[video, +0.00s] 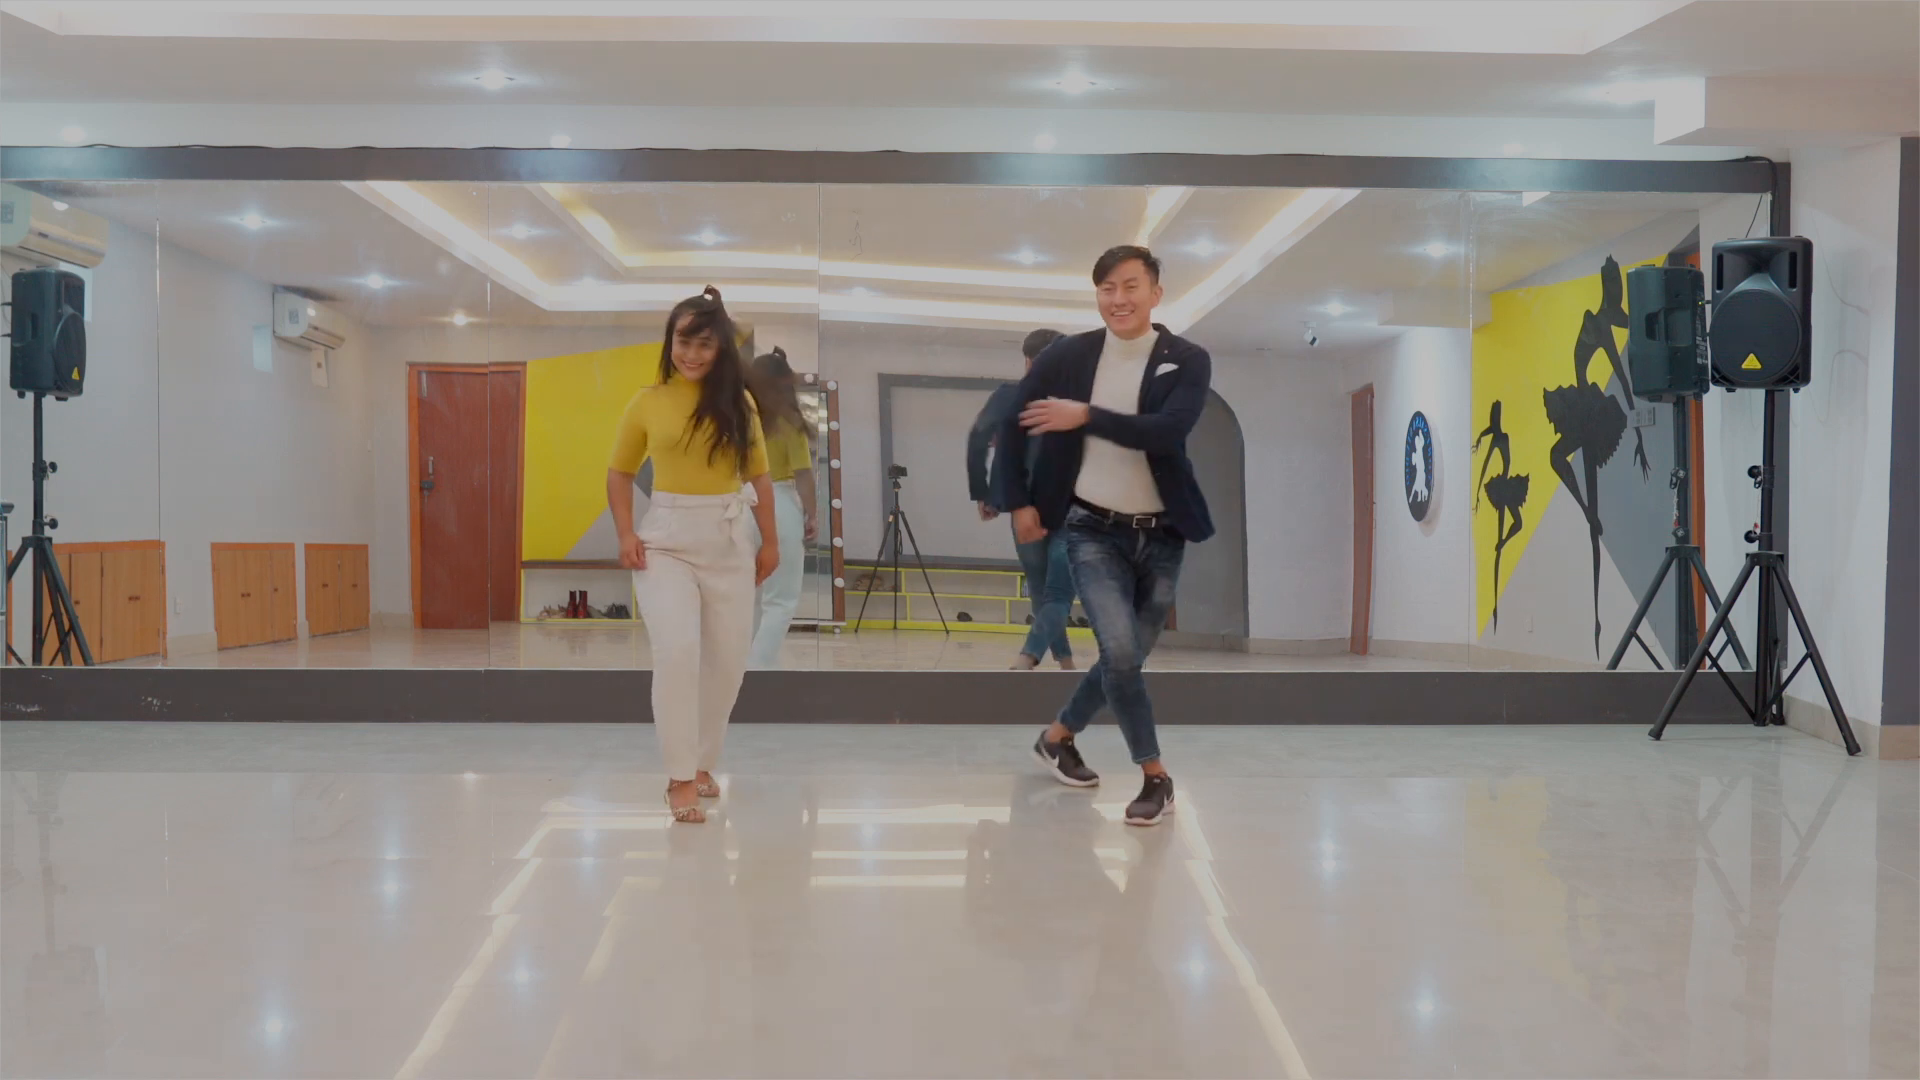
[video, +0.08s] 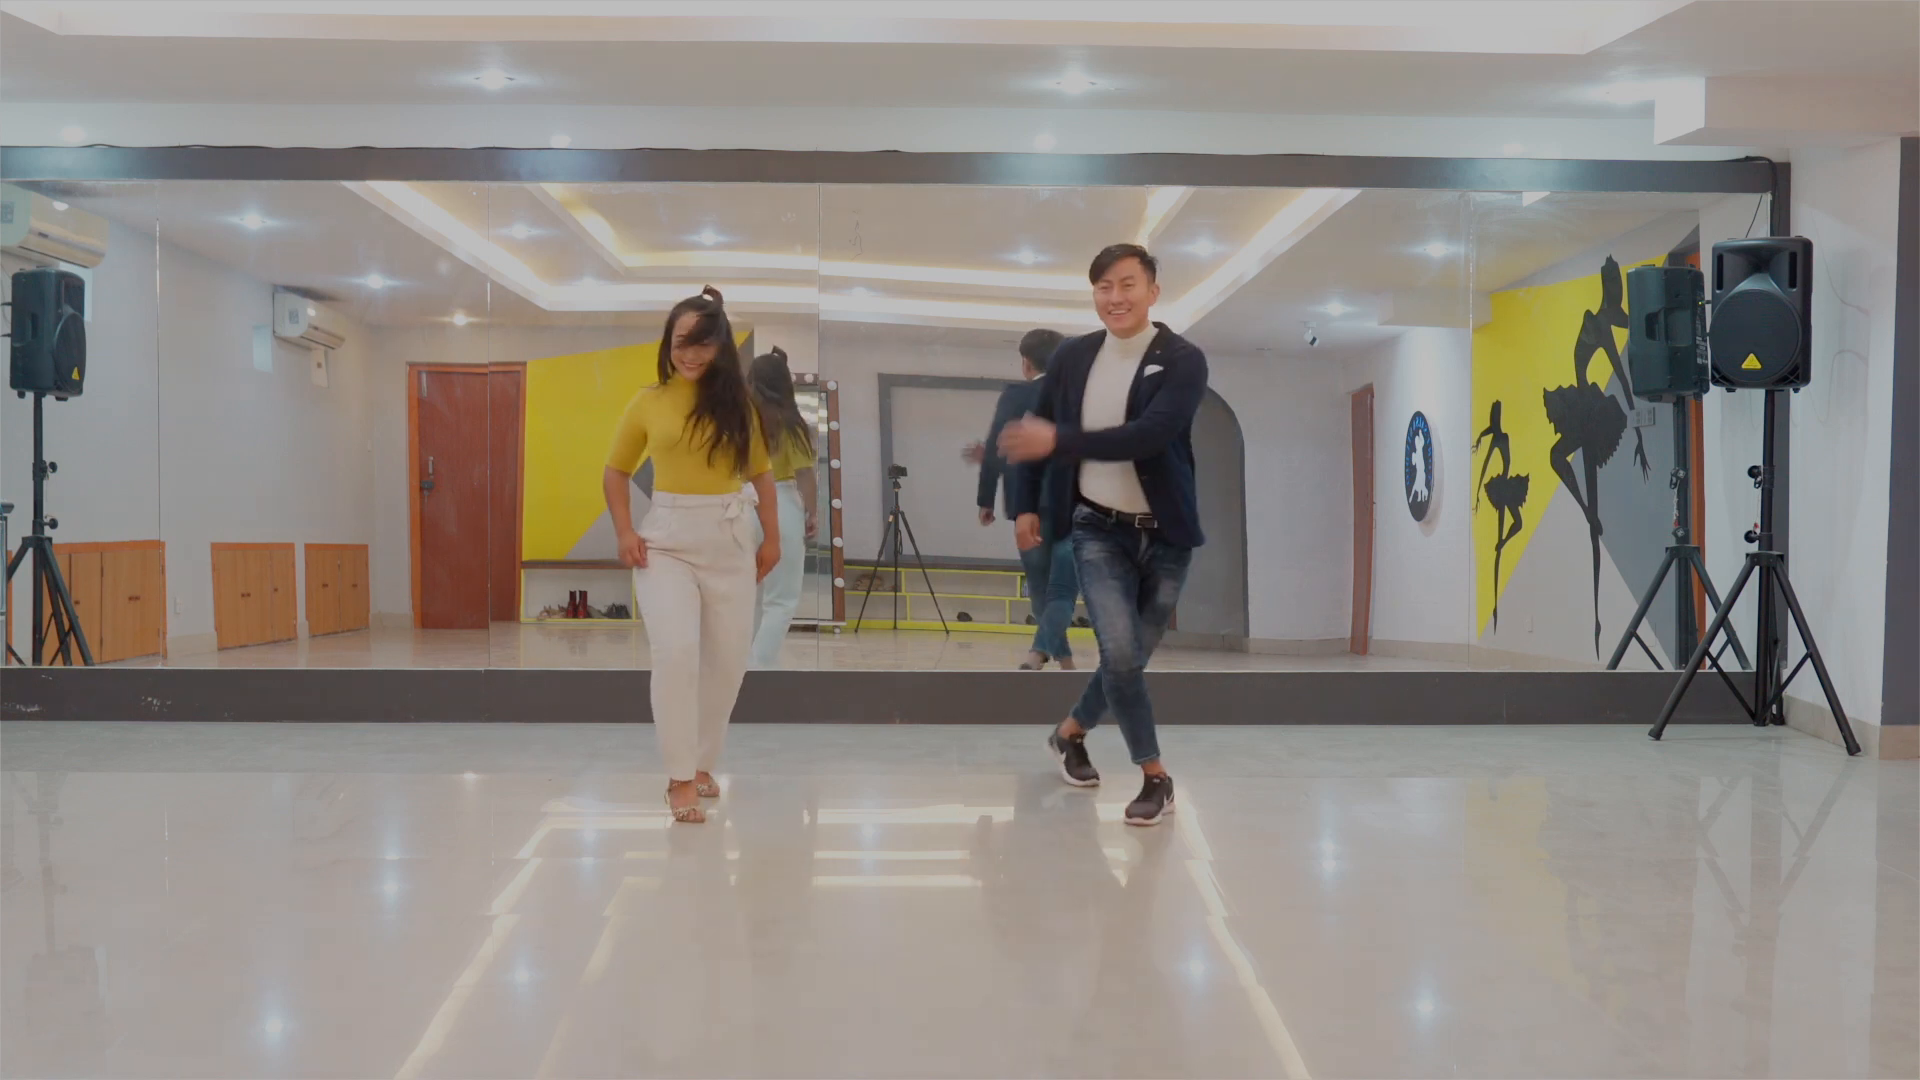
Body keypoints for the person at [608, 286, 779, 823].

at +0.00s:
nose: (691, 354)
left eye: (704, 345)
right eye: (683, 343)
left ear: (721, 349)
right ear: (670, 344)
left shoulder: (738, 403)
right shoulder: (649, 402)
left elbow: (761, 478)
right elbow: (619, 472)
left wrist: (771, 541)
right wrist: (626, 532)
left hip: (732, 543)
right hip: (666, 540)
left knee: (727, 659)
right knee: (677, 653)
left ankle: (703, 766)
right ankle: (681, 779)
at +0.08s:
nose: (688, 353)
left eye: (700, 344)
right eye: (680, 342)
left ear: (720, 347)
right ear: (668, 345)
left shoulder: (738, 401)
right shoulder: (649, 403)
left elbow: (763, 475)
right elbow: (615, 472)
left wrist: (771, 538)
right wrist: (625, 531)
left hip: (733, 540)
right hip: (666, 538)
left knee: (727, 660)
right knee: (675, 653)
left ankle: (702, 766)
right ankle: (681, 779)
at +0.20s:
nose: (689, 353)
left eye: (702, 345)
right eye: (681, 342)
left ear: (721, 348)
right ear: (668, 342)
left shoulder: (740, 403)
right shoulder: (651, 402)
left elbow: (766, 474)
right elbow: (612, 470)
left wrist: (774, 533)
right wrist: (621, 525)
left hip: (734, 541)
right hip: (668, 539)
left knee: (728, 661)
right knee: (675, 654)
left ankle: (703, 767)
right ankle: (681, 779)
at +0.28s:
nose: (691, 354)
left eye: (704, 345)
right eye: (682, 343)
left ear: (722, 349)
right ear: (670, 344)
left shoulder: (742, 405)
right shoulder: (652, 406)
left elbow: (766, 473)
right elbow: (616, 471)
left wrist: (772, 531)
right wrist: (624, 520)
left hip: (734, 542)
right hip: (668, 539)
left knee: (729, 662)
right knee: (674, 654)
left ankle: (703, 766)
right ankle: (681, 779)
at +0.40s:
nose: (693, 356)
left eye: (705, 347)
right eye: (684, 345)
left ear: (724, 352)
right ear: (672, 349)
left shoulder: (745, 408)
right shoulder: (656, 409)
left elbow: (765, 470)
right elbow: (626, 476)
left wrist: (770, 523)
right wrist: (622, 520)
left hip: (731, 545)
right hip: (665, 541)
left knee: (732, 665)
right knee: (674, 653)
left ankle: (702, 765)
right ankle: (680, 779)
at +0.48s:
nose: (696, 357)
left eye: (708, 348)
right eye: (687, 347)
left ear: (727, 353)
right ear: (674, 351)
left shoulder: (748, 409)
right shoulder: (658, 410)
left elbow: (768, 470)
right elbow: (631, 480)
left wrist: (769, 524)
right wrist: (622, 534)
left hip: (732, 544)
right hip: (666, 540)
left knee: (733, 666)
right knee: (674, 653)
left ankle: (702, 765)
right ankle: (680, 780)